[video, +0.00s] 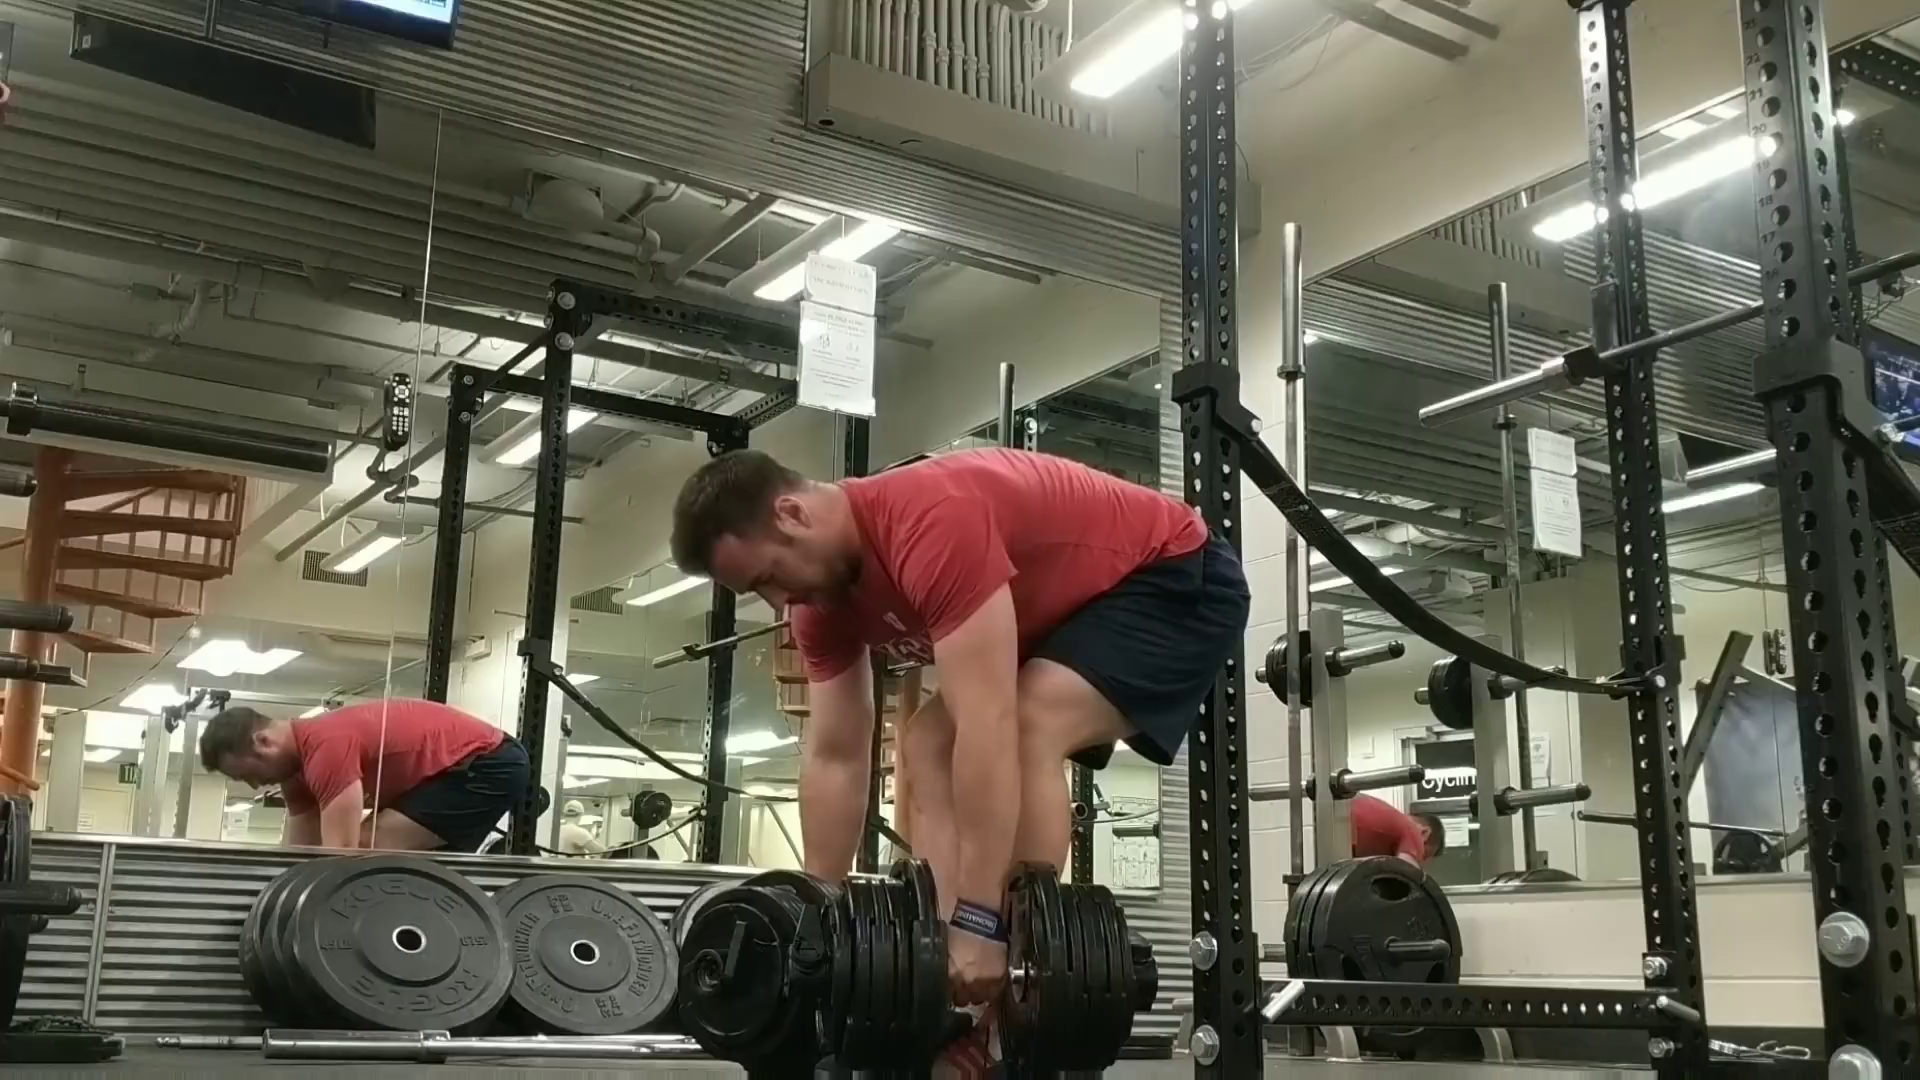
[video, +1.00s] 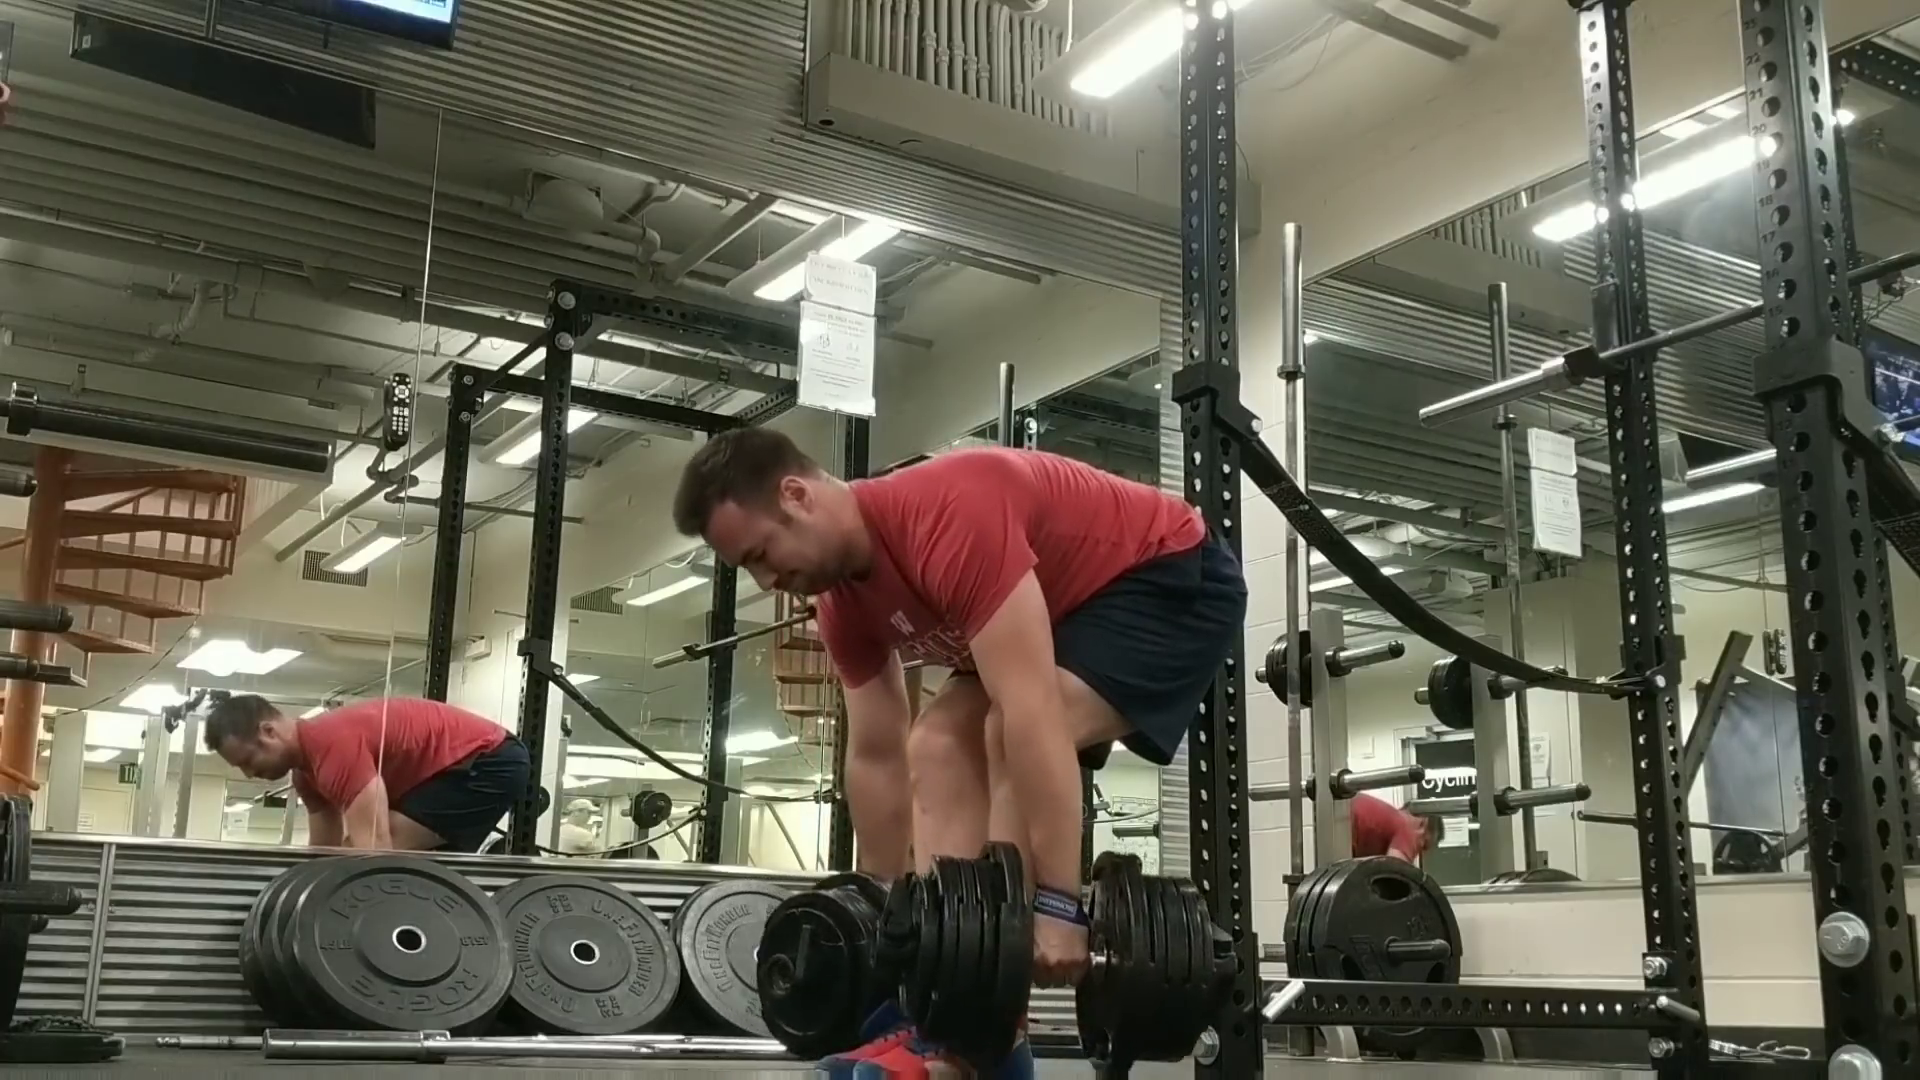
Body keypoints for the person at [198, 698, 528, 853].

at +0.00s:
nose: (255, 787)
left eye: (246, 776)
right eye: (244, 781)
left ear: (260, 743)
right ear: (261, 739)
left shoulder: (327, 748)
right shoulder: (299, 769)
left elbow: (339, 859)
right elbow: (298, 856)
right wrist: (282, 924)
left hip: (488, 766)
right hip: (459, 770)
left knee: (364, 852)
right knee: (357, 848)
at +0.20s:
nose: (255, 786)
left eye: (246, 775)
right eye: (243, 779)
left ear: (261, 741)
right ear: (261, 738)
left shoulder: (327, 747)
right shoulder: (298, 769)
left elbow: (338, 858)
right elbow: (298, 855)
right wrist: (282, 924)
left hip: (489, 765)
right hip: (459, 770)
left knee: (364, 852)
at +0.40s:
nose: (254, 779)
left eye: (248, 767)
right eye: (244, 773)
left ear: (264, 733)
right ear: (264, 733)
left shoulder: (329, 746)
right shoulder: (301, 768)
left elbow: (341, 855)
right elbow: (298, 855)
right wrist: (282, 924)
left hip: (490, 765)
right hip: (464, 769)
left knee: (364, 848)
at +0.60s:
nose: (249, 773)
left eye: (246, 759)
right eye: (240, 766)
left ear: (266, 728)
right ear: (266, 730)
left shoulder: (331, 744)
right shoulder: (303, 769)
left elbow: (350, 852)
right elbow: (307, 852)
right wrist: (280, 914)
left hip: (491, 764)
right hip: (466, 768)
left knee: (377, 847)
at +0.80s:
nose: (249, 767)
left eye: (246, 754)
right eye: (241, 761)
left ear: (268, 724)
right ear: (268, 727)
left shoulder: (335, 740)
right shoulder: (307, 765)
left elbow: (362, 846)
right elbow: (320, 846)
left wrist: (318, 919)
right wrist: (293, 910)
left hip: (491, 762)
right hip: (466, 767)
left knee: (380, 850)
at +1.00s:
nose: (250, 774)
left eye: (248, 761)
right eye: (242, 768)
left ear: (268, 730)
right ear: (268, 733)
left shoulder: (335, 744)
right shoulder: (308, 773)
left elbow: (369, 853)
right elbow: (324, 852)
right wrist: (303, 918)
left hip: (492, 763)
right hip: (464, 769)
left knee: (381, 854)